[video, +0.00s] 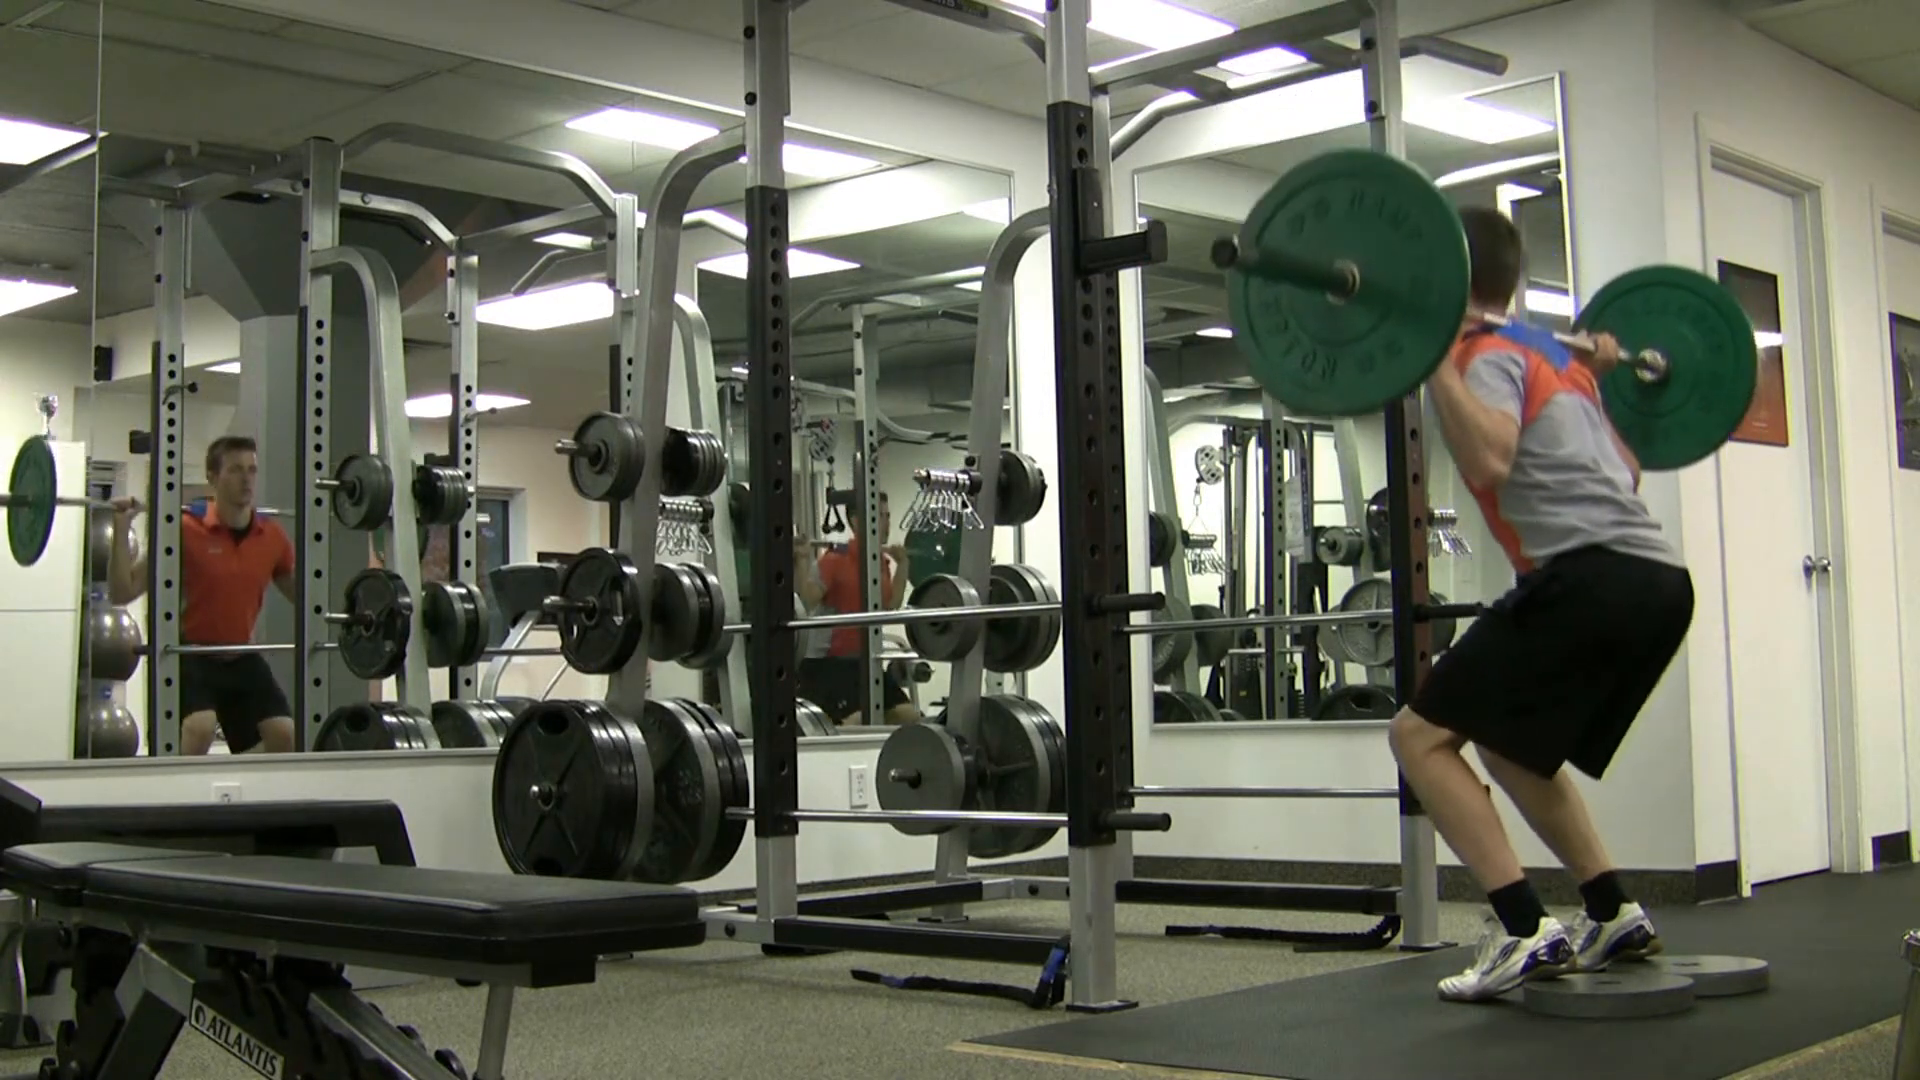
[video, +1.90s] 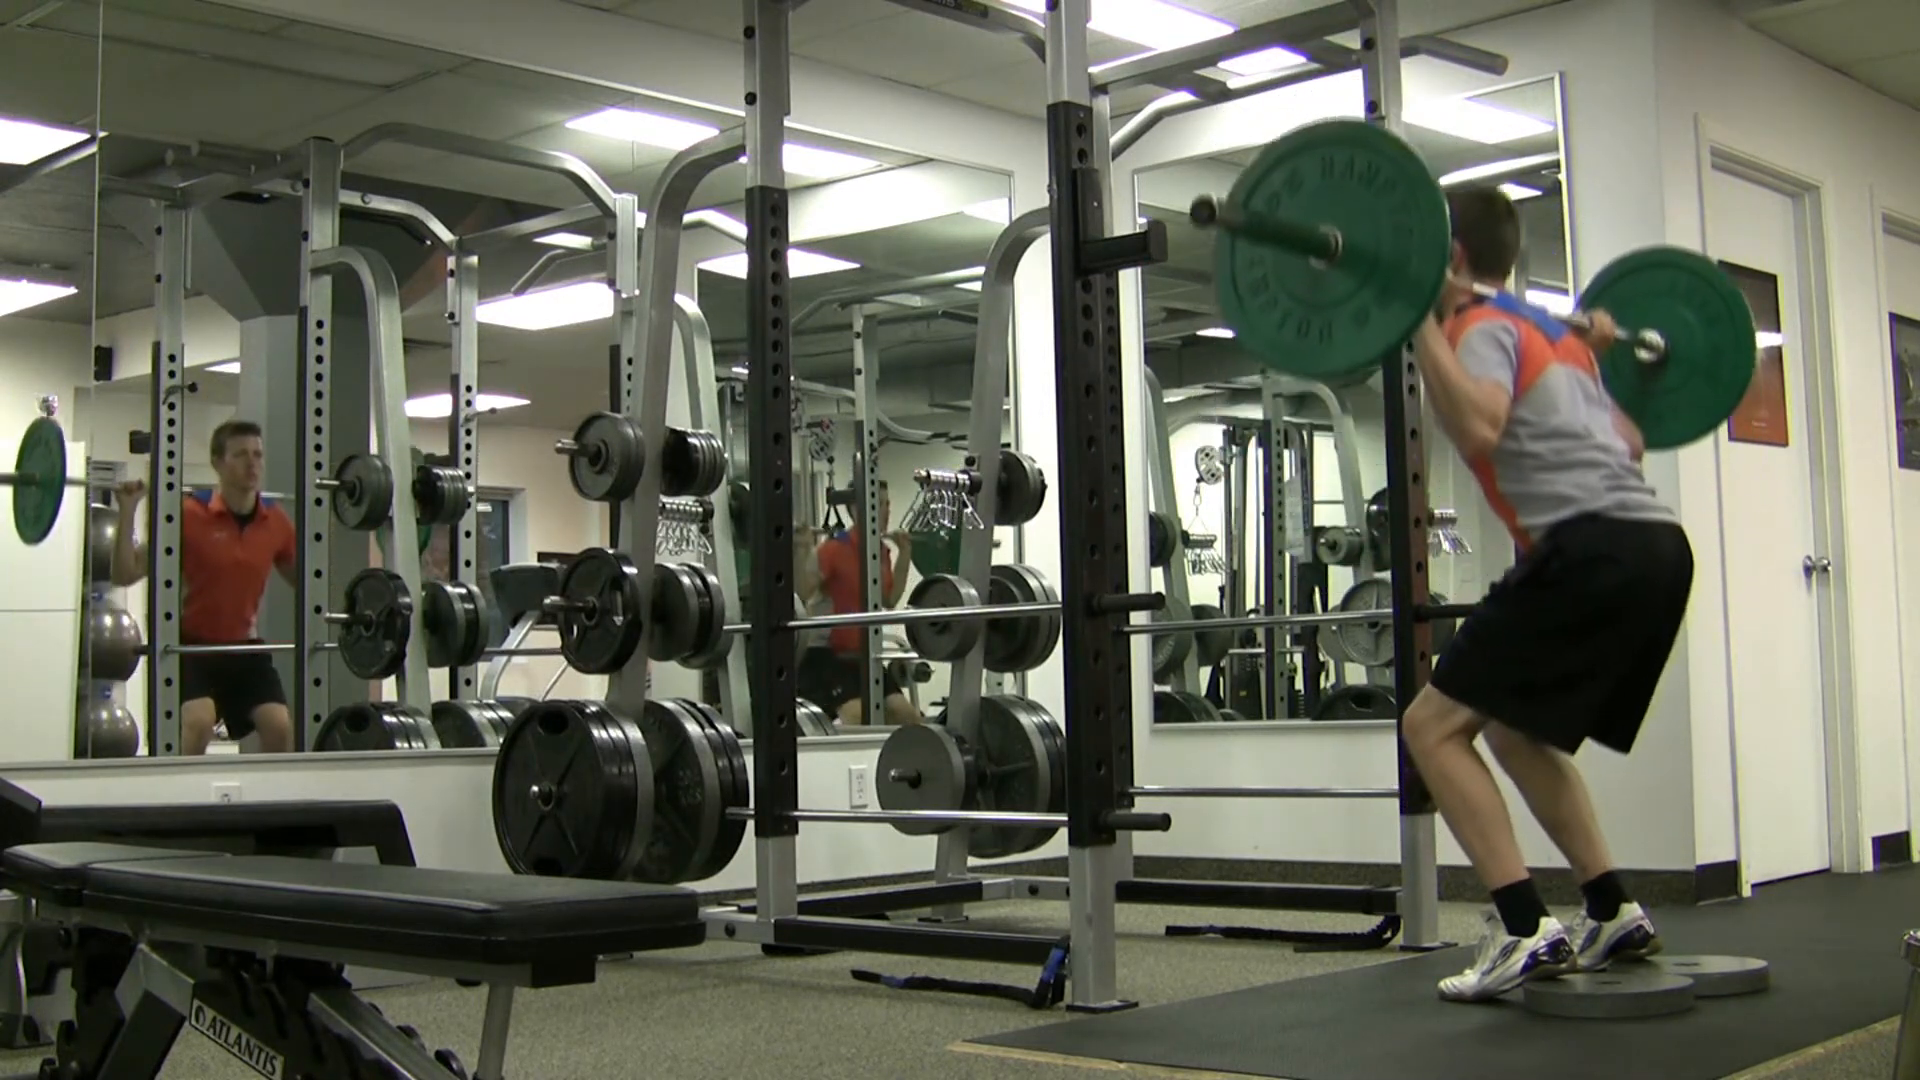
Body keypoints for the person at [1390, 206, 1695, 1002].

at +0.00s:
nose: (1426, 291)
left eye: (1432, 273)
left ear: (1446, 282)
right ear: (1514, 284)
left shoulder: (1489, 352)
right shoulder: (1560, 361)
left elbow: (1488, 462)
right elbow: (1626, 466)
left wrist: (1435, 361)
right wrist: (1594, 373)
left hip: (1587, 577)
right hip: (1659, 584)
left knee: (1418, 734)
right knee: (1511, 745)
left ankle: (1523, 927)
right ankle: (1613, 911)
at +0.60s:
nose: (1425, 402)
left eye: (1430, 387)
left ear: (1443, 396)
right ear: (1514, 396)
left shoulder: (1494, 468)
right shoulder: (1560, 465)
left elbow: (1498, 582)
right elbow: (1623, 563)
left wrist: (1436, 480)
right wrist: (1593, 477)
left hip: (1609, 676)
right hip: (1681, 684)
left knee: (1406, 748)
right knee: (1508, 773)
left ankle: (1523, 929)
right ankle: (1612, 914)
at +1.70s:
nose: (1428, 320)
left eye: (1431, 307)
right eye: (1427, 309)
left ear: (1454, 312)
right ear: (1511, 313)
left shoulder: (1486, 376)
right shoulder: (1556, 385)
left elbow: (1485, 482)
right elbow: (1624, 486)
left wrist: (1422, 384)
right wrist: (1590, 399)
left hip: (1595, 596)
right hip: (1667, 597)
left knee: (1416, 738)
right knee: (1509, 748)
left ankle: (1522, 928)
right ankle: (1613, 912)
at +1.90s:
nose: (1431, 267)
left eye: (1434, 253)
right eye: (1434, 252)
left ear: (1454, 257)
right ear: (1511, 260)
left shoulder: (1484, 324)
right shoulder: (1561, 336)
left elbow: (1479, 429)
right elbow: (1628, 442)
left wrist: (1419, 322)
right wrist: (1597, 348)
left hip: (1586, 551)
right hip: (1656, 550)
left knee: (1430, 728)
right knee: (1514, 730)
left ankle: (1524, 930)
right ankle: (1614, 911)